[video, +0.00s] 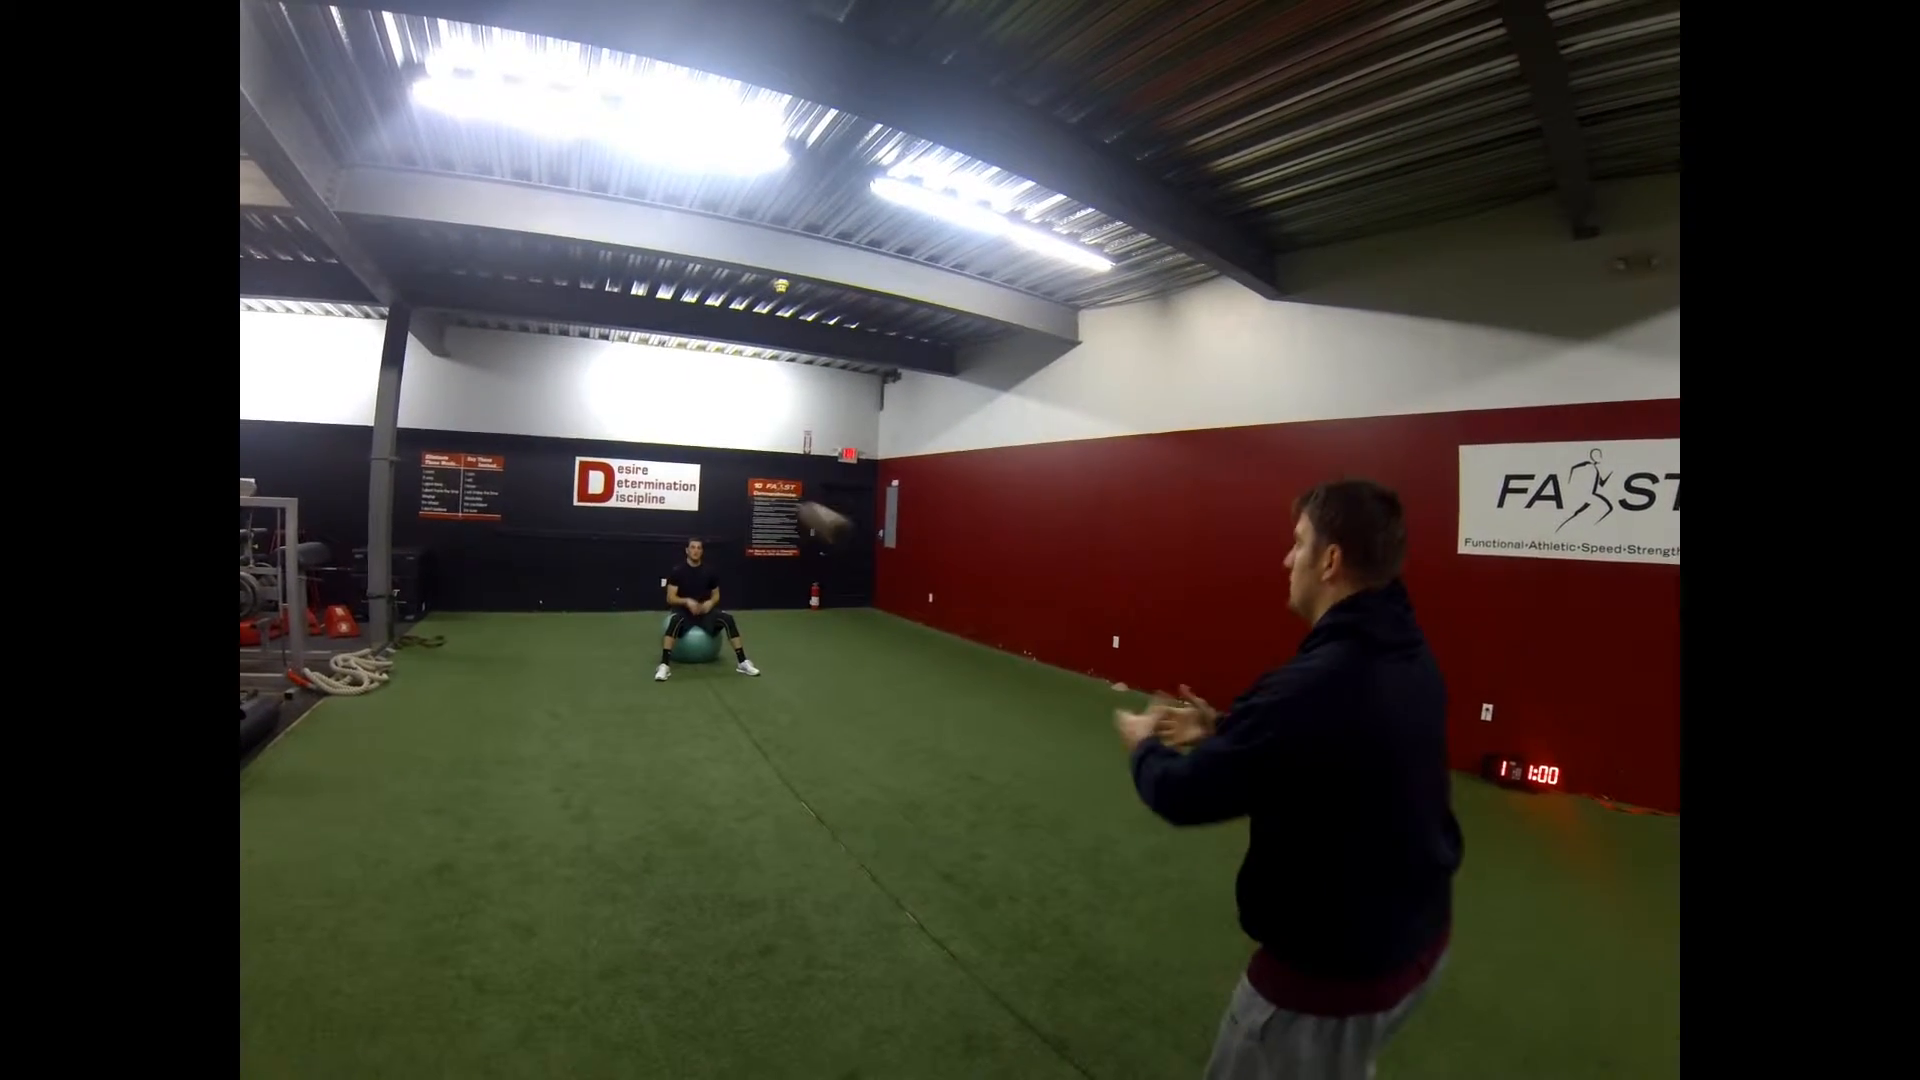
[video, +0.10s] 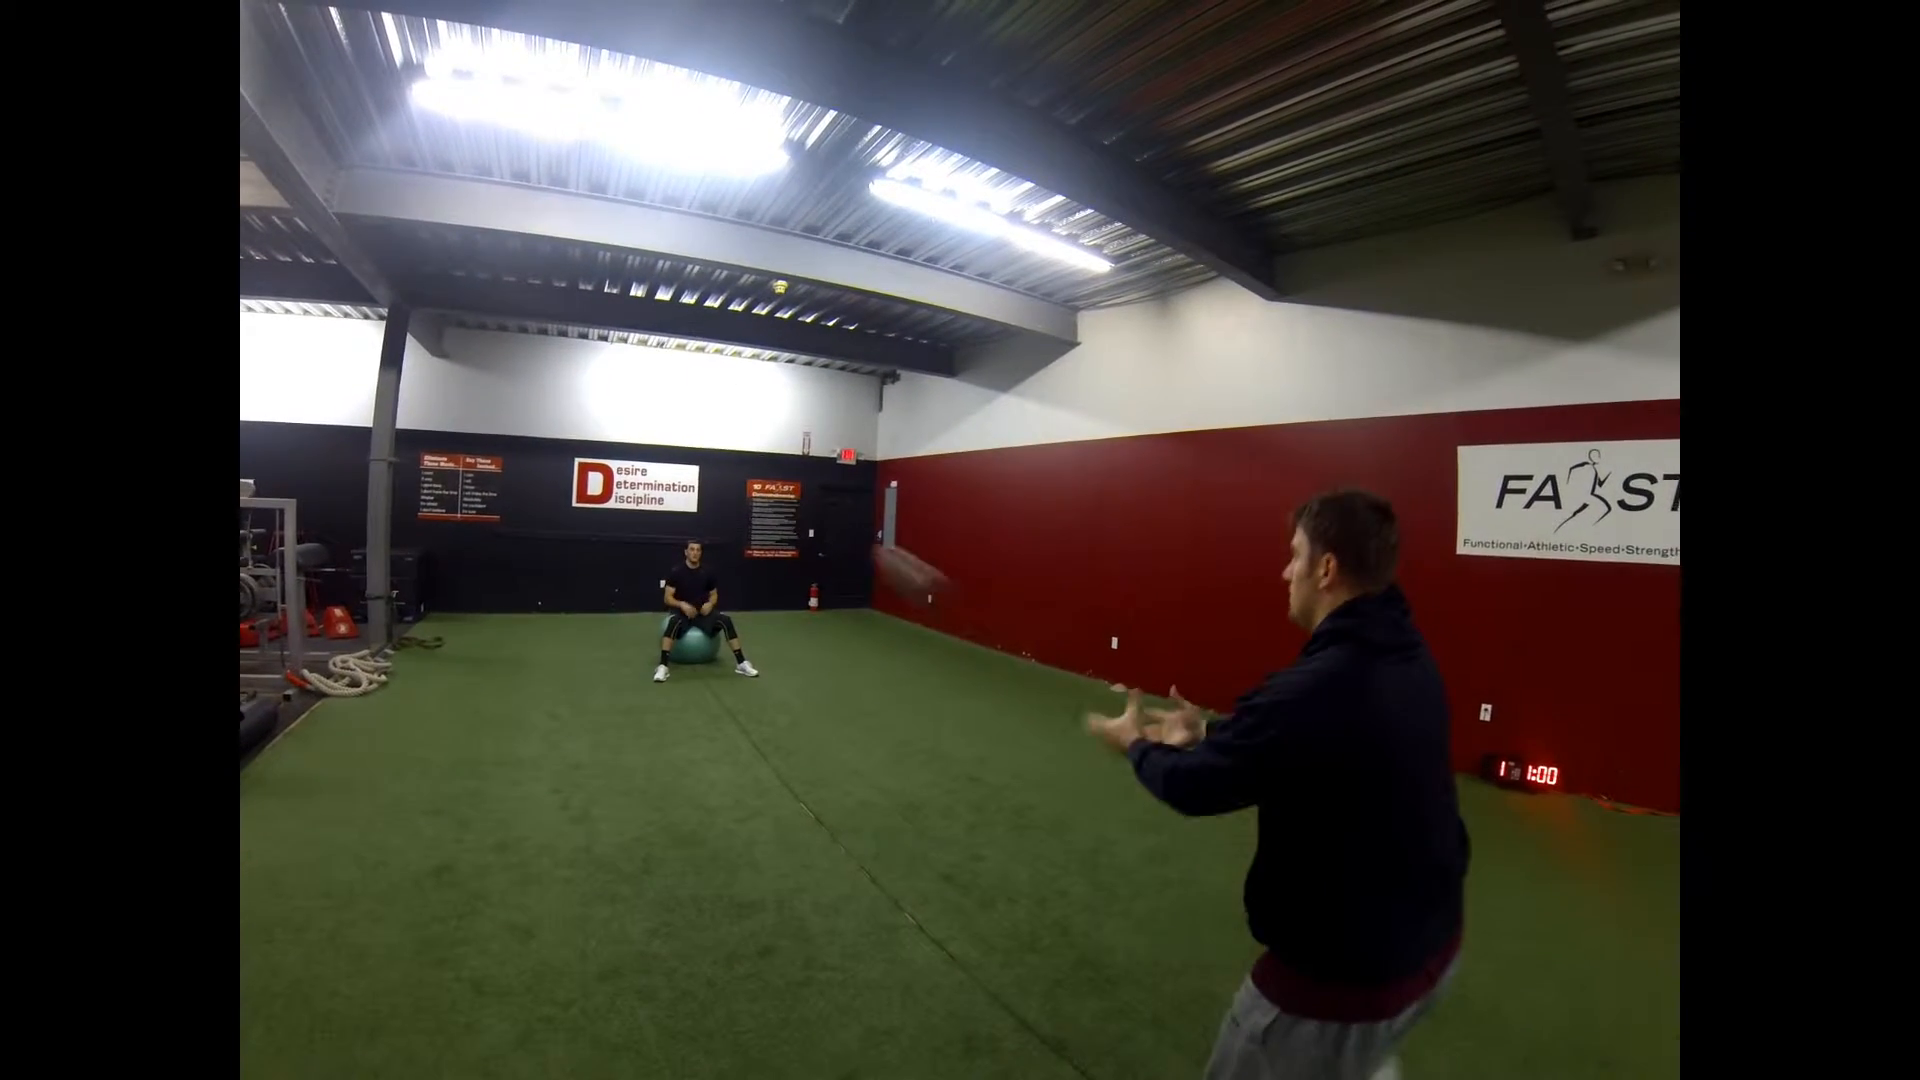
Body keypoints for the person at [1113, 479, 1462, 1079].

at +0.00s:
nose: (1287, 561)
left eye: (1297, 543)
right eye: (1292, 543)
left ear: (1330, 558)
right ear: (1385, 563)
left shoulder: (1319, 680)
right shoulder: (1407, 655)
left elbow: (1188, 794)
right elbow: (1325, 751)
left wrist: (1144, 748)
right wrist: (1220, 730)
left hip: (1321, 974)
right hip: (1410, 945)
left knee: (1251, 1069)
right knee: (1330, 1065)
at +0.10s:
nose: (1286, 574)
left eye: (1294, 556)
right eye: (1289, 557)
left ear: (1327, 568)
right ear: (1378, 569)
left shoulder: (1320, 683)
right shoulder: (1405, 655)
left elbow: (1197, 786)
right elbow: (1313, 738)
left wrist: (1136, 744)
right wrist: (1210, 731)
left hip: (1331, 979)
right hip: (1424, 947)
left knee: (1246, 1069)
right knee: (1353, 1062)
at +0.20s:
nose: (1293, 593)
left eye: (1296, 575)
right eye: (1293, 576)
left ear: (1327, 576)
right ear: (1381, 572)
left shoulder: (1324, 688)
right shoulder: (1412, 660)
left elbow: (1228, 789)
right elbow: (1309, 758)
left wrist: (1162, 786)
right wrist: (1208, 766)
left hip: (1344, 985)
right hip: (1441, 959)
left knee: (1247, 1070)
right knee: (1388, 1070)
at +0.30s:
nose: (1302, 602)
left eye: (1303, 584)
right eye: (1301, 585)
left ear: (1328, 582)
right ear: (1388, 576)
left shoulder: (1323, 697)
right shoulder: (1428, 666)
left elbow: (1243, 827)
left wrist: (1201, 830)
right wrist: (1229, 808)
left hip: (1350, 986)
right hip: (1451, 960)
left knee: (1252, 1070)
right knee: (1399, 1068)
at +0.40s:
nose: (1322, 603)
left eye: (1320, 586)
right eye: (1318, 587)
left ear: (1341, 582)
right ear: (1402, 574)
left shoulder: (1330, 699)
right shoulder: (1463, 670)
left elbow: (1261, 844)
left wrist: (1245, 828)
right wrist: (1275, 813)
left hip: (1357, 989)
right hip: (1467, 965)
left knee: (1257, 1071)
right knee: (1408, 1071)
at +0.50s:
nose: (1342, 591)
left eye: (1342, 576)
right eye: (1341, 578)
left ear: (1360, 576)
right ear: (1424, 570)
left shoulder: (1343, 690)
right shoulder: (1490, 669)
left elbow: (1276, 823)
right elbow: (1482, 794)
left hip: (1359, 978)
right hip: (1471, 962)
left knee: (1267, 1070)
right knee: (1412, 1072)